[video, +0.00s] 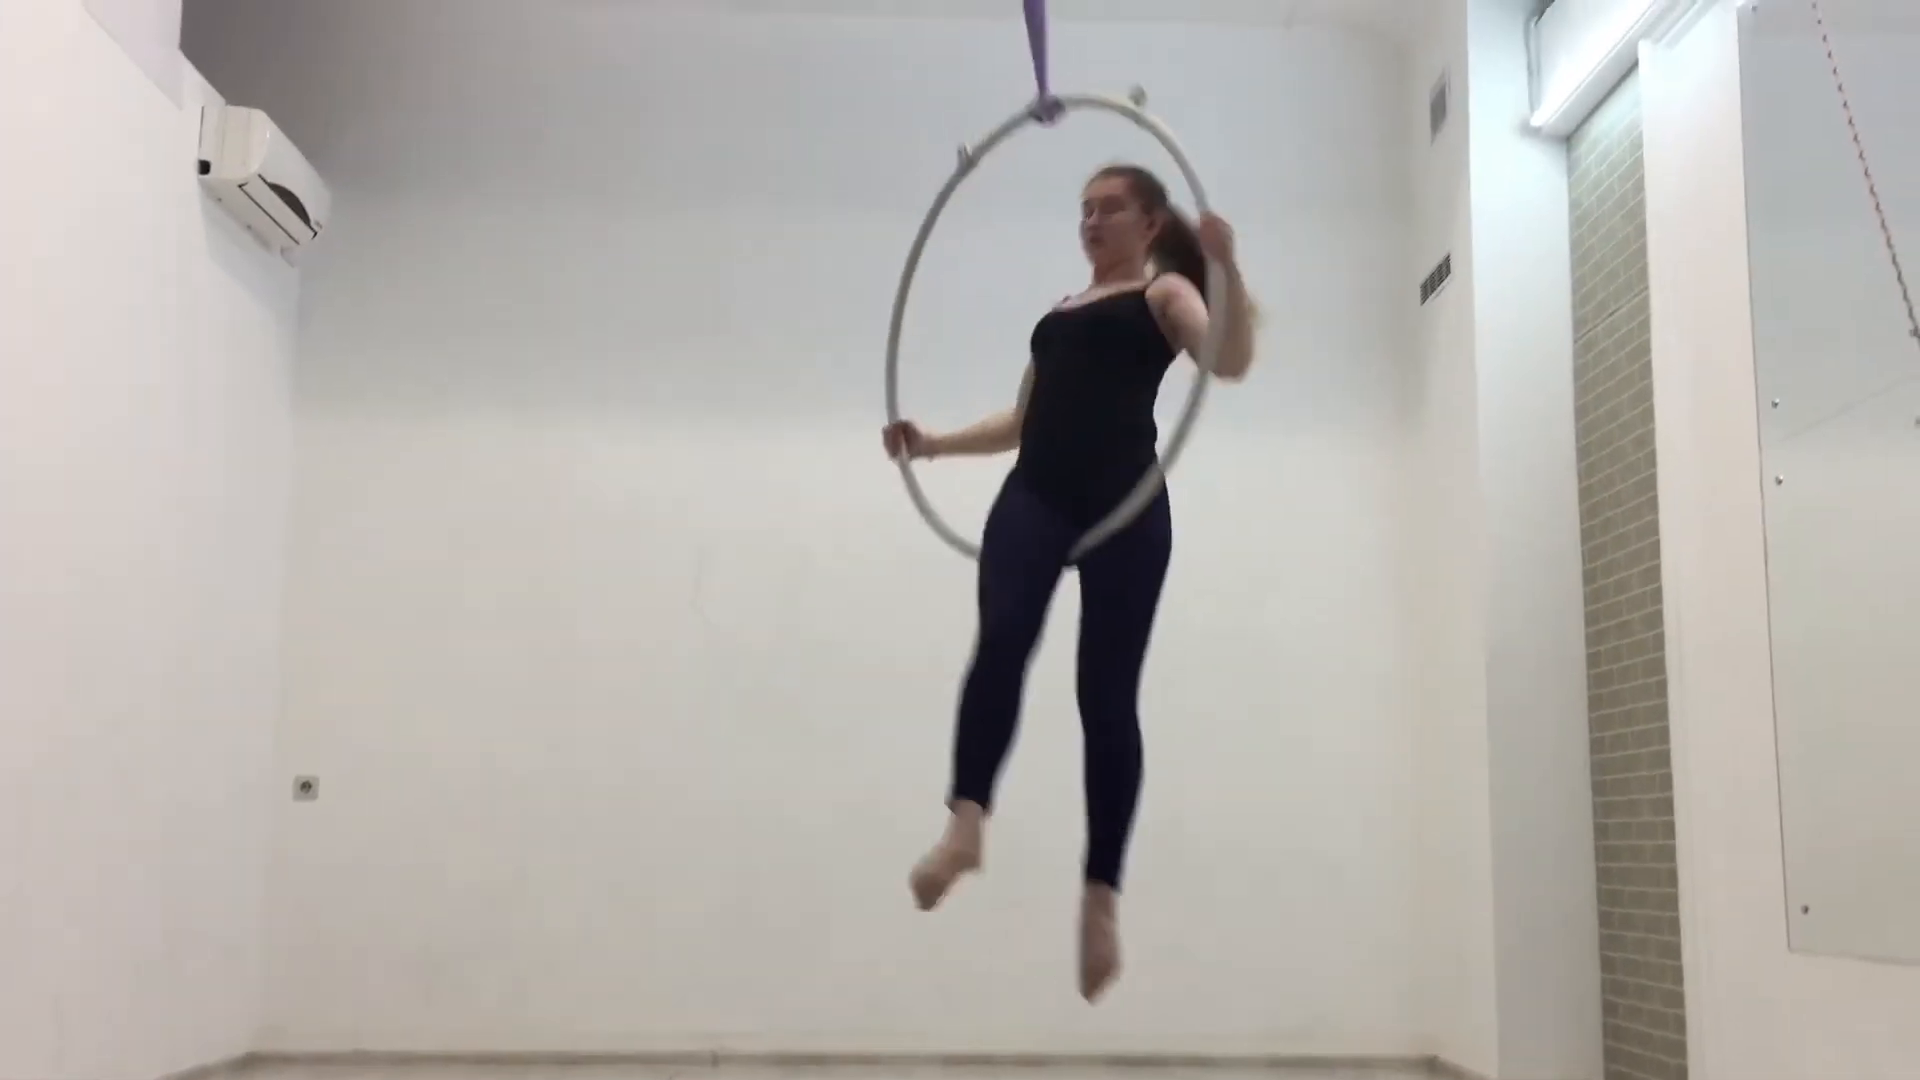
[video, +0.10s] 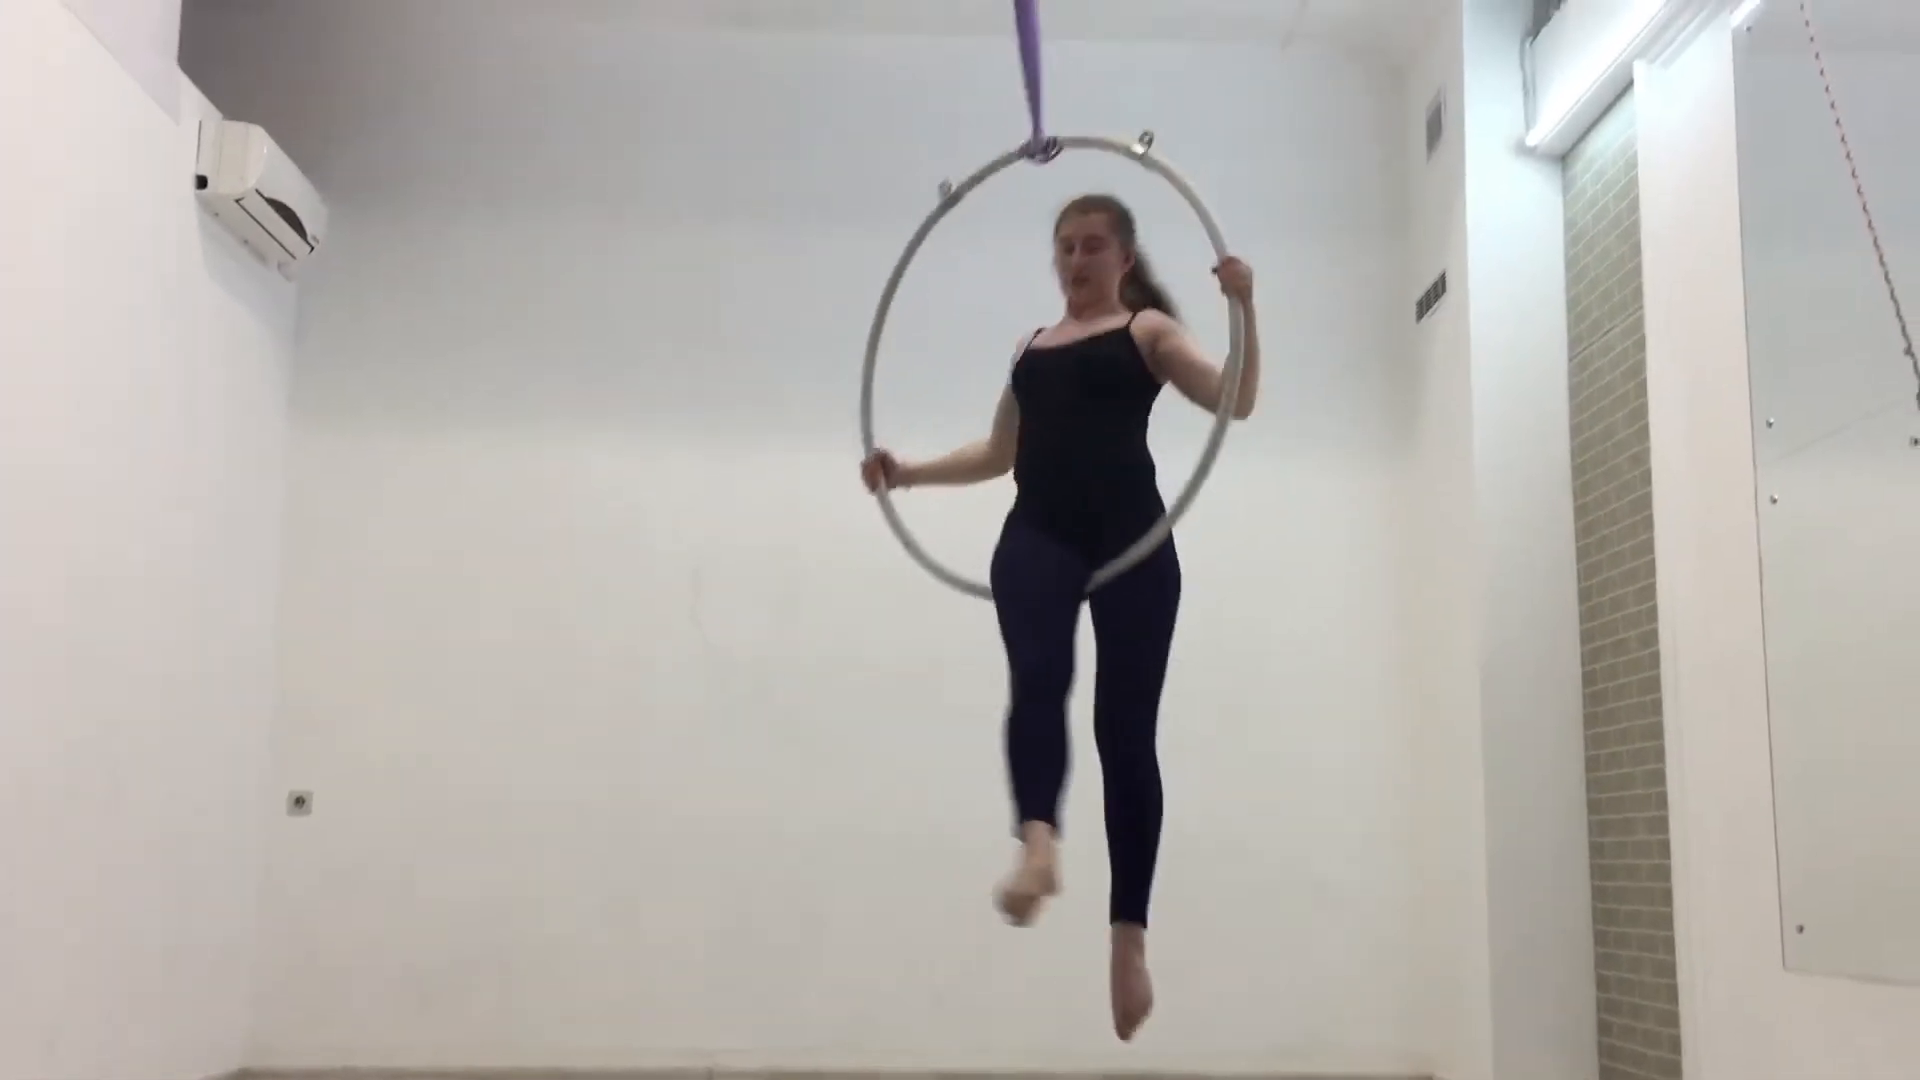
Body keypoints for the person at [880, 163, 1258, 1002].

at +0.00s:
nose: (1091, 220)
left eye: (1108, 207)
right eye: (1086, 209)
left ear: (1151, 223)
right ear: (1081, 225)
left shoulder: (1164, 292)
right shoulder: (1064, 316)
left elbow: (1228, 360)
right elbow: (1020, 426)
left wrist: (1226, 268)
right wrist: (932, 442)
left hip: (1125, 507)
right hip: (1034, 499)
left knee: (1107, 701)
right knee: (997, 650)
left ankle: (1101, 895)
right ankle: (964, 823)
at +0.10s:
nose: (1079, 258)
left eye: (1094, 246)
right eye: (1069, 247)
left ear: (1125, 256)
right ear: (1054, 259)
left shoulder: (1147, 330)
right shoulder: (1035, 349)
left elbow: (1234, 397)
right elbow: (996, 456)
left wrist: (1242, 308)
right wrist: (906, 472)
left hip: (1132, 541)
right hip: (1038, 539)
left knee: (1126, 733)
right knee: (1036, 685)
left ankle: (1129, 935)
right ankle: (1037, 844)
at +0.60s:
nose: (1021, 323)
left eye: (1026, 313)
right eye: (1004, 313)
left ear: (1029, 322)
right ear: (961, 322)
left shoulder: (1052, 404)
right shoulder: (936, 396)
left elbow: (1138, 421)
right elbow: (831, 374)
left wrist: (1151, 336)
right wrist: (825, 294)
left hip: (1072, 607)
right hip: (997, 599)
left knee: (1068, 812)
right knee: (1119, 686)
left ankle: (1069, 993)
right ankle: (1262, 824)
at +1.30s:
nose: (819, 364)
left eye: (815, 353)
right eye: (808, 355)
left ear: (795, 370)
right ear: (776, 368)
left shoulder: (810, 440)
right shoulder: (764, 428)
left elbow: (895, 408)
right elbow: (853, 368)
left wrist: (949, 346)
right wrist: (812, 292)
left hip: (841, 648)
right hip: (871, 642)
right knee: (1066, 681)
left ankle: (944, 749)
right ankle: (1248, 741)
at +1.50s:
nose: (798, 347)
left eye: (793, 334)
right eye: (790, 336)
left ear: (747, 346)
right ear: (765, 344)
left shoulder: (760, 407)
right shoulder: (740, 411)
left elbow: (835, 390)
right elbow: (854, 374)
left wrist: (892, 333)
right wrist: (812, 291)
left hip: (828, 570)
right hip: (830, 626)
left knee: (926, 457)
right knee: (1007, 691)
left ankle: (875, 607)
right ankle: (1158, 769)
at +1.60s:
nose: (778, 347)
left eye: (773, 336)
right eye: (772, 335)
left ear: (721, 347)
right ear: (751, 339)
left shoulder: (741, 408)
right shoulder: (738, 406)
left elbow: (827, 393)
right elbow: (860, 383)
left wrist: (860, 325)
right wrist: (820, 294)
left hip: (820, 565)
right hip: (818, 625)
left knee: (913, 436)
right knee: (964, 692)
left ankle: (878, 575)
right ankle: (1095, 783)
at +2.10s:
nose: (774, 313)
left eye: (770, 303)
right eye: (769, 303)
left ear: (703, 334)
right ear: (760, 315)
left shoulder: (699, 407)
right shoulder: (806, 385)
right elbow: (935, 396)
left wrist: (748, 337)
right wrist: (974, 305)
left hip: (721, 605)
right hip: (792, 609)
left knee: (894, 603)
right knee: (855, 703)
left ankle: (1033, 639)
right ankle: (895, 783)